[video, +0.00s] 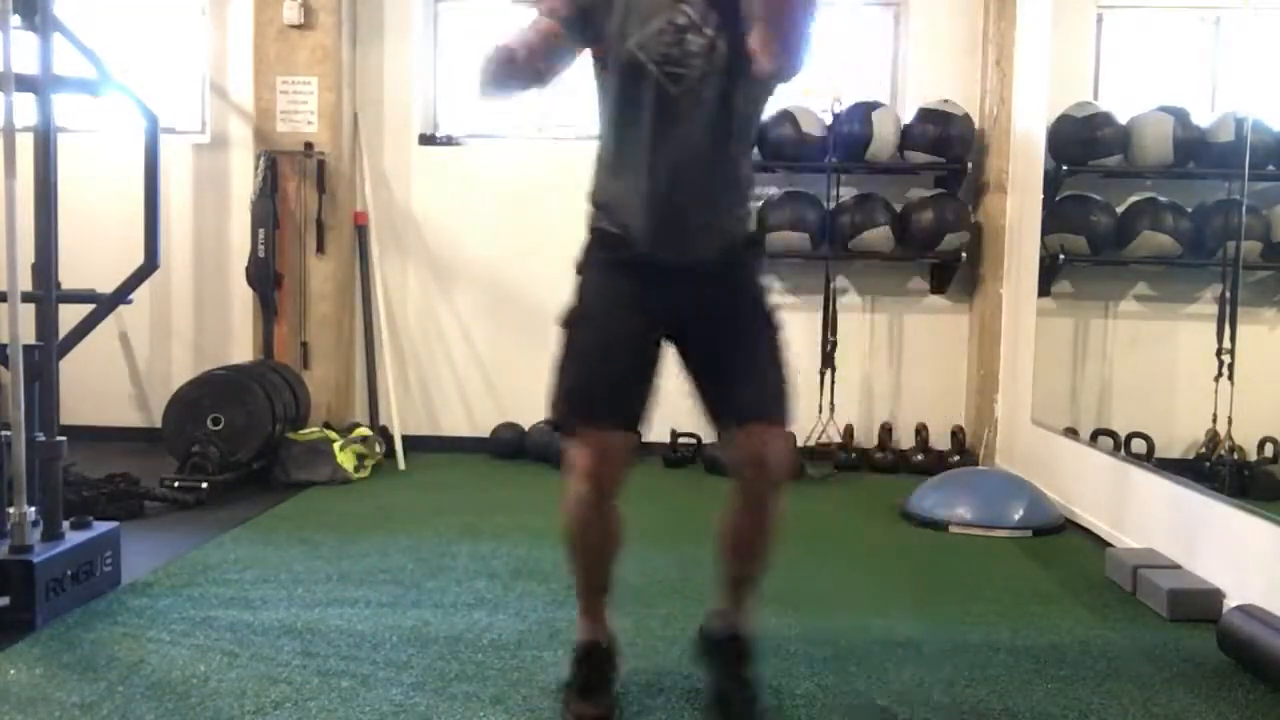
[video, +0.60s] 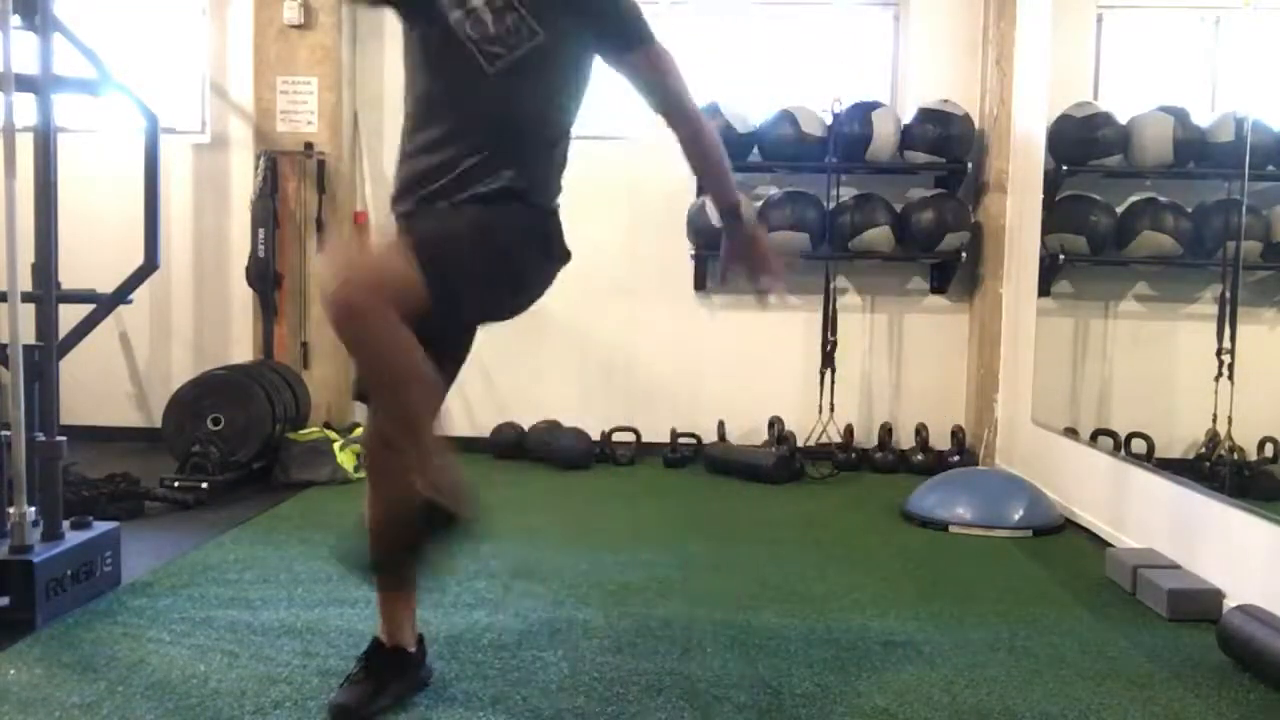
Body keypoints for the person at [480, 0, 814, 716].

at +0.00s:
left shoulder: (752, 15)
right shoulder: (607, 5)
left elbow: (780, 55)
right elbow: (503, 75)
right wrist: (518, 58)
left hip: (721, 260)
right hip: (622, 257)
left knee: (767, 460)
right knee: (591, 469)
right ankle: (593, 639)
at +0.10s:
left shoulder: (749, 8)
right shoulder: (584, 6)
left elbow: (752, 67)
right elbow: (459, 46)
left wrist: (687, 0)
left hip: (692, 261)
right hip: (591, 253)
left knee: (714, 474)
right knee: (531, 446)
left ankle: (712, 646)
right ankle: (529, 628)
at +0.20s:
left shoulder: (696, 8)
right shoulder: (541, 7)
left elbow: (712, 85)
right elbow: (418, 16)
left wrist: (610, 81)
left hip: (656, 265)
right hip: (552, 259)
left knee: (695, 472)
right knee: (476, 449)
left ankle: (713, 646)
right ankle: (430, 633)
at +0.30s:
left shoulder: (639, 11)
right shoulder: (496, 6)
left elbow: (677, 111)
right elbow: (420, 5)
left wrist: (602, 192)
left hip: (590, 261)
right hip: (493, 257)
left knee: (649, 466)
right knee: (432, 455)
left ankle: (704, 643)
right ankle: (404, 649)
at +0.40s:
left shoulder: (611, 15)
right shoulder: (456, 3)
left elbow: (671, 151)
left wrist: (654, 260)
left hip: (541, 261)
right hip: (444, 252)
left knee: (556, 452)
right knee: (399, 445)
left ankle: (670, 607)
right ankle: (397, 650)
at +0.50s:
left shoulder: (592, 10)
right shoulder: (433, 4)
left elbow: (671, 130)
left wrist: (712, 259)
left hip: (517, 233)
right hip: (424, 230)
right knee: (392, 432)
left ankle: (571, 557)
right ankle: (396, 648)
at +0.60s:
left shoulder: (586, 6)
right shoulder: (418, 1)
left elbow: (673, 99)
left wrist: (737, 216)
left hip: (513, 220)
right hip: (424, 222)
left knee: (355, 289)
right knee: (388, 437)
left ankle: (440, 493)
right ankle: (397, 644)